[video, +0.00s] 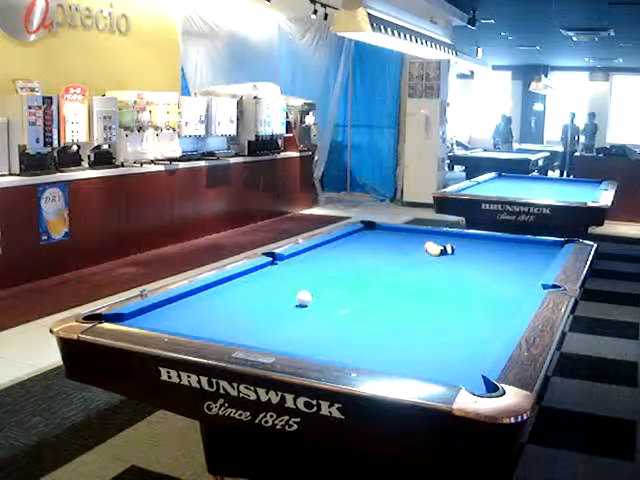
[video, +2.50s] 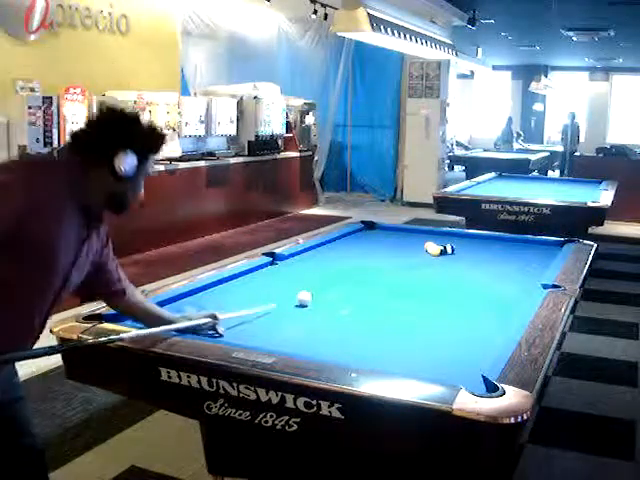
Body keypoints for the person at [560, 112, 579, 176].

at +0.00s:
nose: (572, 118)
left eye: (573, 117)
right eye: (571, 116)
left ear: (574, 117)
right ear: (569, 117)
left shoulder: (576, 128)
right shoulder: (565, 126)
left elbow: (578, 137)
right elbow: (562, 136)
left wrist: (577, 145)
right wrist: (563, 143)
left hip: (572, 147)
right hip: (565, 146)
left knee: (570, 161)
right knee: (563, 161)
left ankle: (568, 174)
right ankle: (561, 174)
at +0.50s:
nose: (572, 117)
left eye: (573, 116)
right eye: (571, 116)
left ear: (574, 117)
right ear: (569, 116)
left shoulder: (576, 127)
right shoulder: (565, 126)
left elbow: (578, 136)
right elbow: (563, 134)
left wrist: (577, 144)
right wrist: (562, 141)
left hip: (572, 145)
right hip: (565, 145)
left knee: (571, 159)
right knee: (563, 159)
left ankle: (569, 172)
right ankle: (561, 172)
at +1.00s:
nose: (572, 120)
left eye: (574, 119)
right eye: (571, 119)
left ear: (576, 118)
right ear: (570, 118)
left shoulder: (579, 126)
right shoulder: (566, 126)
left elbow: (581, 136)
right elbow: (563, 135)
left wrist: (580, 146)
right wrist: (563, 142)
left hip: (575, 146)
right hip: (566, 146)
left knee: (571, 159)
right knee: (563, 159)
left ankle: (569, 173)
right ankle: (561, 173)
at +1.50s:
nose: (572, 119)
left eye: (574, 117)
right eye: (571, 117)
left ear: (575, 117)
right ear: (570, 117)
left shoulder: (577, 126)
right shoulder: (566, 125)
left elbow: (579, 135)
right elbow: (563, 134)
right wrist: (563, 141)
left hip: (574, 146)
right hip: (566, 145)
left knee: (571, 159)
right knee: (563, 159)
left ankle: (569, 173)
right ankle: (561, 172)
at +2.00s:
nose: (572, 119)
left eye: (573, 118)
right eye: (571, 117)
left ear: (575, 118)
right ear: (570, 117)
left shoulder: (577, 126)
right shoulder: (566, 125)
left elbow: (578, 136)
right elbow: (563, 135)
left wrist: (577, 145)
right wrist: (563, 142)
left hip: (573, 146)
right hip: (566, 145)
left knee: (571, 160)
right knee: (564, 160)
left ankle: (569, 173)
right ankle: (561, 173)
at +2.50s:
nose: (571, 119)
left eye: (572, 117)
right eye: (570, 117)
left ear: (574, 117)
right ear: (568, 117)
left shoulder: (576, 126)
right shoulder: (565, 125)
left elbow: (578, 135)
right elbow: (563, 134)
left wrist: (577, 143)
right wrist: (562, 142)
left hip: (573, 145)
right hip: (566, 145)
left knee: (571, 160)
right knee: (563, 160)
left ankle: (570, 173)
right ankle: (562, 173)